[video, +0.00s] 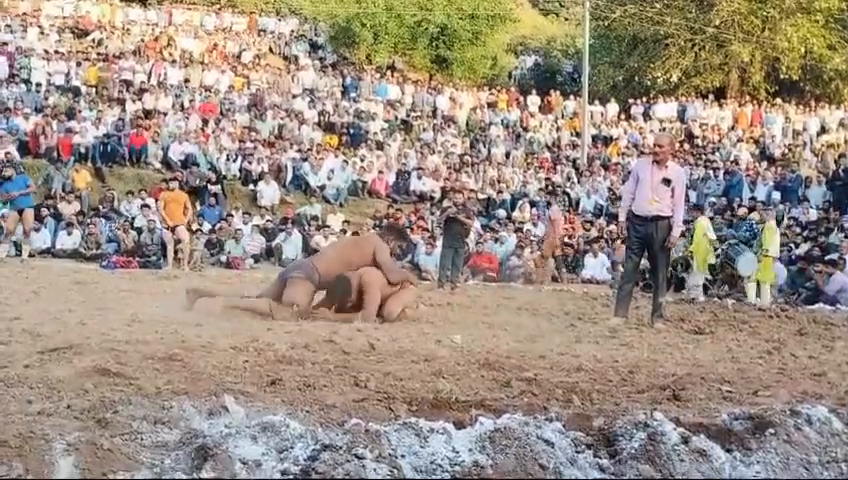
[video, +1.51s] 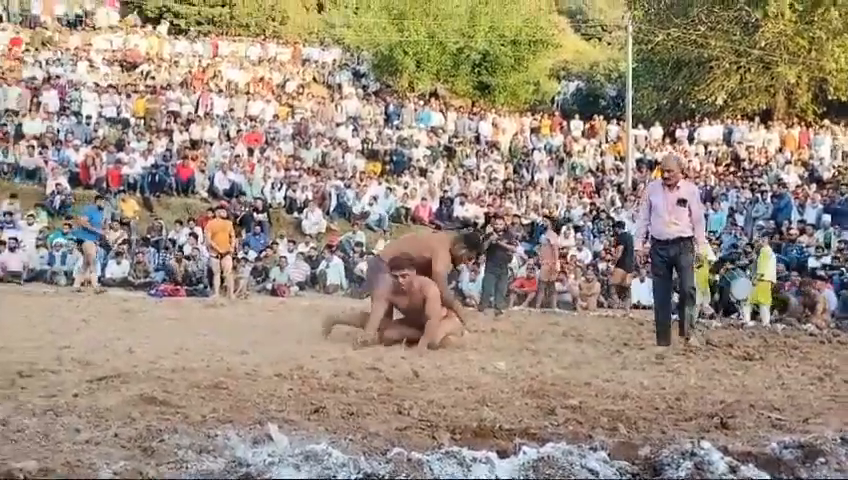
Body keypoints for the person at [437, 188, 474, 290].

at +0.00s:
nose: (457, 200)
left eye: (460, 198)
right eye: (456, 197)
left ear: (463, 199)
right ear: (452, 198)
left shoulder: (467, 211)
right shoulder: (446, 209)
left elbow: (471, 223)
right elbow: (439, 221)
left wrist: (459, 217)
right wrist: (447, 214)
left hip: (461, 240)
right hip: (448, 239)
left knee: (458, 265)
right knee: (445, 263)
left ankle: (454, 284)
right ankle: (441, 283)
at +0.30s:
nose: (459, 200)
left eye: (461, 197)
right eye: (457, 197)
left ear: (465, 198)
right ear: (454, 198)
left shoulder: (469, 210)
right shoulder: (448, 209)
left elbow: (473, 223)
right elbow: (441, 222)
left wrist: (462, 217)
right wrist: (449, 214)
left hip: (463, 240)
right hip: (450, 239)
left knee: (459, 265)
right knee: (446, 263)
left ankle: (455, 284)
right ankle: (442, 283)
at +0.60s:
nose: (460, 201)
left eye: (462, 198)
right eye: (458, 198)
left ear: (466, 199)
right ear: (455, 198)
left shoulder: (469, 211)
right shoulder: (449, 210)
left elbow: (474, 223)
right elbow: (442, 222)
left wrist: (463, 219)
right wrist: (451, 215)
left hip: (463, 242)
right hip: (451, 241)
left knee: (459, 266)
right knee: (447, 265)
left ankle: (456, 285)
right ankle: (443, 284)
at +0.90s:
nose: (464, 203)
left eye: (466, 201)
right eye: (462, 201)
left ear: (470, 201)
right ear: (459, 201)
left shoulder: (473, 214)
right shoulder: (453, 213)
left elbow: (478, 225)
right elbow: (446, 224)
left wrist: (466, 220)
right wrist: (455, 217)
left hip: (467, 244)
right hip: (455, 243)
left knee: (464, 268)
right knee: (451, 266)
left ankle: (460, 287)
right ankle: (447, 286)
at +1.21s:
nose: (496, 214)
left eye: (498, 212)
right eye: (494, 212)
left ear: (502, 213)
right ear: (492, 212)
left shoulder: (507, 225)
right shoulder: (487, 224)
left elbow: (511, 237)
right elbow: (479, 236)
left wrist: (500, 232)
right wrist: (488, 228)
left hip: (501, 256)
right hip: (489, 255)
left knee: (497, 279)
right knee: (485, 278)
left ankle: (494, 297)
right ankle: (480, 295)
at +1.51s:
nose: (498, 226)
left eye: (501, 224)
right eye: (496, 224)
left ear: (504, 225)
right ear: (493, 225)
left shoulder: (509, 235)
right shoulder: (489, 235)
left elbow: (515, 248)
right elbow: (482, 248)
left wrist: (501, 244)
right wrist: (490, 240)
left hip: (503, 265)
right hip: (491, 264)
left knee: (501, 289)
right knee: (488, 287)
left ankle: (498, 308)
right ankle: (484, 306)